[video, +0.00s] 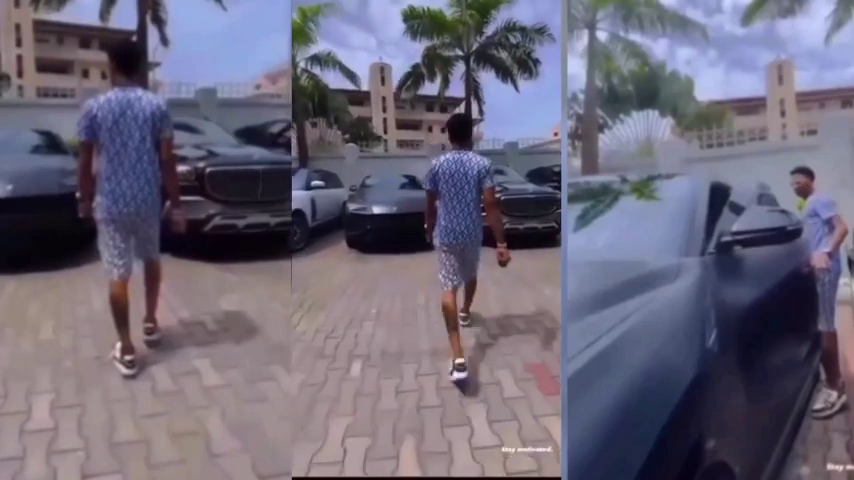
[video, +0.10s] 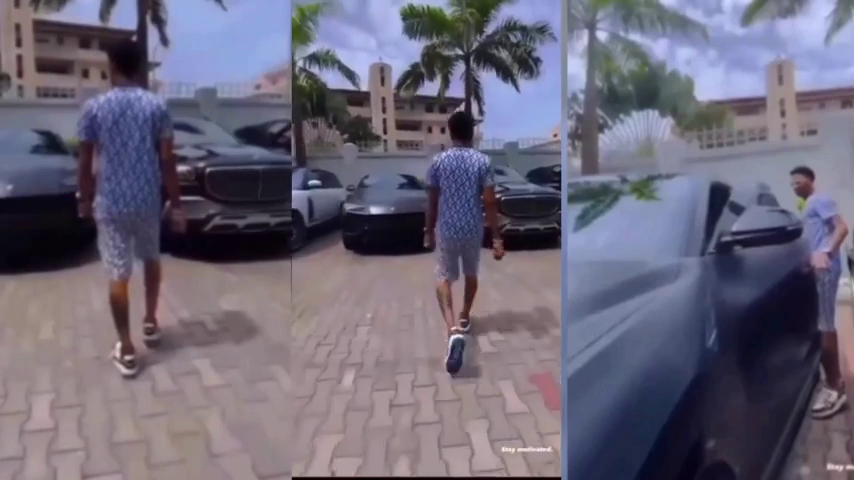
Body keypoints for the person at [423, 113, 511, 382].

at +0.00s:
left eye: (451, 132)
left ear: (449, 135)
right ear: (471, 135)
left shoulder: (438, 165)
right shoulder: (481, 164)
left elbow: (431, 203)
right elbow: (489, 204)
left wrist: (430, 228)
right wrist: (500, 243)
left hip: (444, 234)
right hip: (472, 233)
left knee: (449, 289)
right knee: (471, 275)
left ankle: (458, 357)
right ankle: (465, 311)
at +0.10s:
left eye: (452, 130)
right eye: (469, 130)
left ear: (450, 132)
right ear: (472, 133)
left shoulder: (439, 161)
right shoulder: (481, 161)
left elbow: (432, 200)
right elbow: (490, 201)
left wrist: (429, 230)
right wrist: (496, 236)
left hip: (447, 229)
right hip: (473, 229)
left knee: (444, 276)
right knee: (471, 273)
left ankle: (452, 327)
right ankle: (464, 317)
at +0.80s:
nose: (434, 131)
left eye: (434, 127)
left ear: (435, 128)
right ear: (457, 127)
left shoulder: (426, 156)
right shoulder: (468, 154)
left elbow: (421, 196)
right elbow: (475, 191)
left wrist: (419, 226)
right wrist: (477, 220)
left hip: (437, 221)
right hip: (463, 220)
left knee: (440, 269)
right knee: (467, 266)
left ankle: (445, 317)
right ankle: (466, 307)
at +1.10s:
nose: (426, 137)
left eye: (426, 133)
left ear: (427, 135)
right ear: (448, 135)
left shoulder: (416, 161)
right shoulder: (457, 161)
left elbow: (406, 197)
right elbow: (463, 197)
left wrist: (404, 224)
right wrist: (470, 225)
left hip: (423, 226)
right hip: (448, 226)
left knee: (428, 280)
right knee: (448, 266)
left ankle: (435, 340)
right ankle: (445, 300)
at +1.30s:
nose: (418, 136)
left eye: (418, 132)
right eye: (427, 131)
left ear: (418, 133)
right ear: (438, 133)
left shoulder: (406, 159)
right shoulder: (446, 160)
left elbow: (399, 197)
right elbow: (452, 198)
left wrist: (396, 227)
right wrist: (456, 228)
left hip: (414, 224)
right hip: (438, 224)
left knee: (410, 270)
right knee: (437, 268)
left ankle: (418, 316)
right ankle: (432, 309)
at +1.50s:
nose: (403, 132)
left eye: (402, 129)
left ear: (402, 130)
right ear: (424, 129)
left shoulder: (392, 155)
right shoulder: (432, 156)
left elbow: (386, 193)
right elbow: (440, 192)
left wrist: (386, 224)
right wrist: (440, 219)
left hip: (399, 222)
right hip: (425, 222)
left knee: (397, 266)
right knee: (424, 270)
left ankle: (403, 306)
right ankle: (420, 322)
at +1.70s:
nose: (382, 138)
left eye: (382, 134)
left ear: (383, 135)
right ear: (402, 135)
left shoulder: (375, 161)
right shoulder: (414, 160)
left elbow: (370, 199)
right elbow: (424, 193)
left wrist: (371, 230)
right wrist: (422, 217)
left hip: (386, 226)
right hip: (411, 226)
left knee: (387, 268)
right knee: (410, 277)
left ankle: (390, 300)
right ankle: (406, 334)